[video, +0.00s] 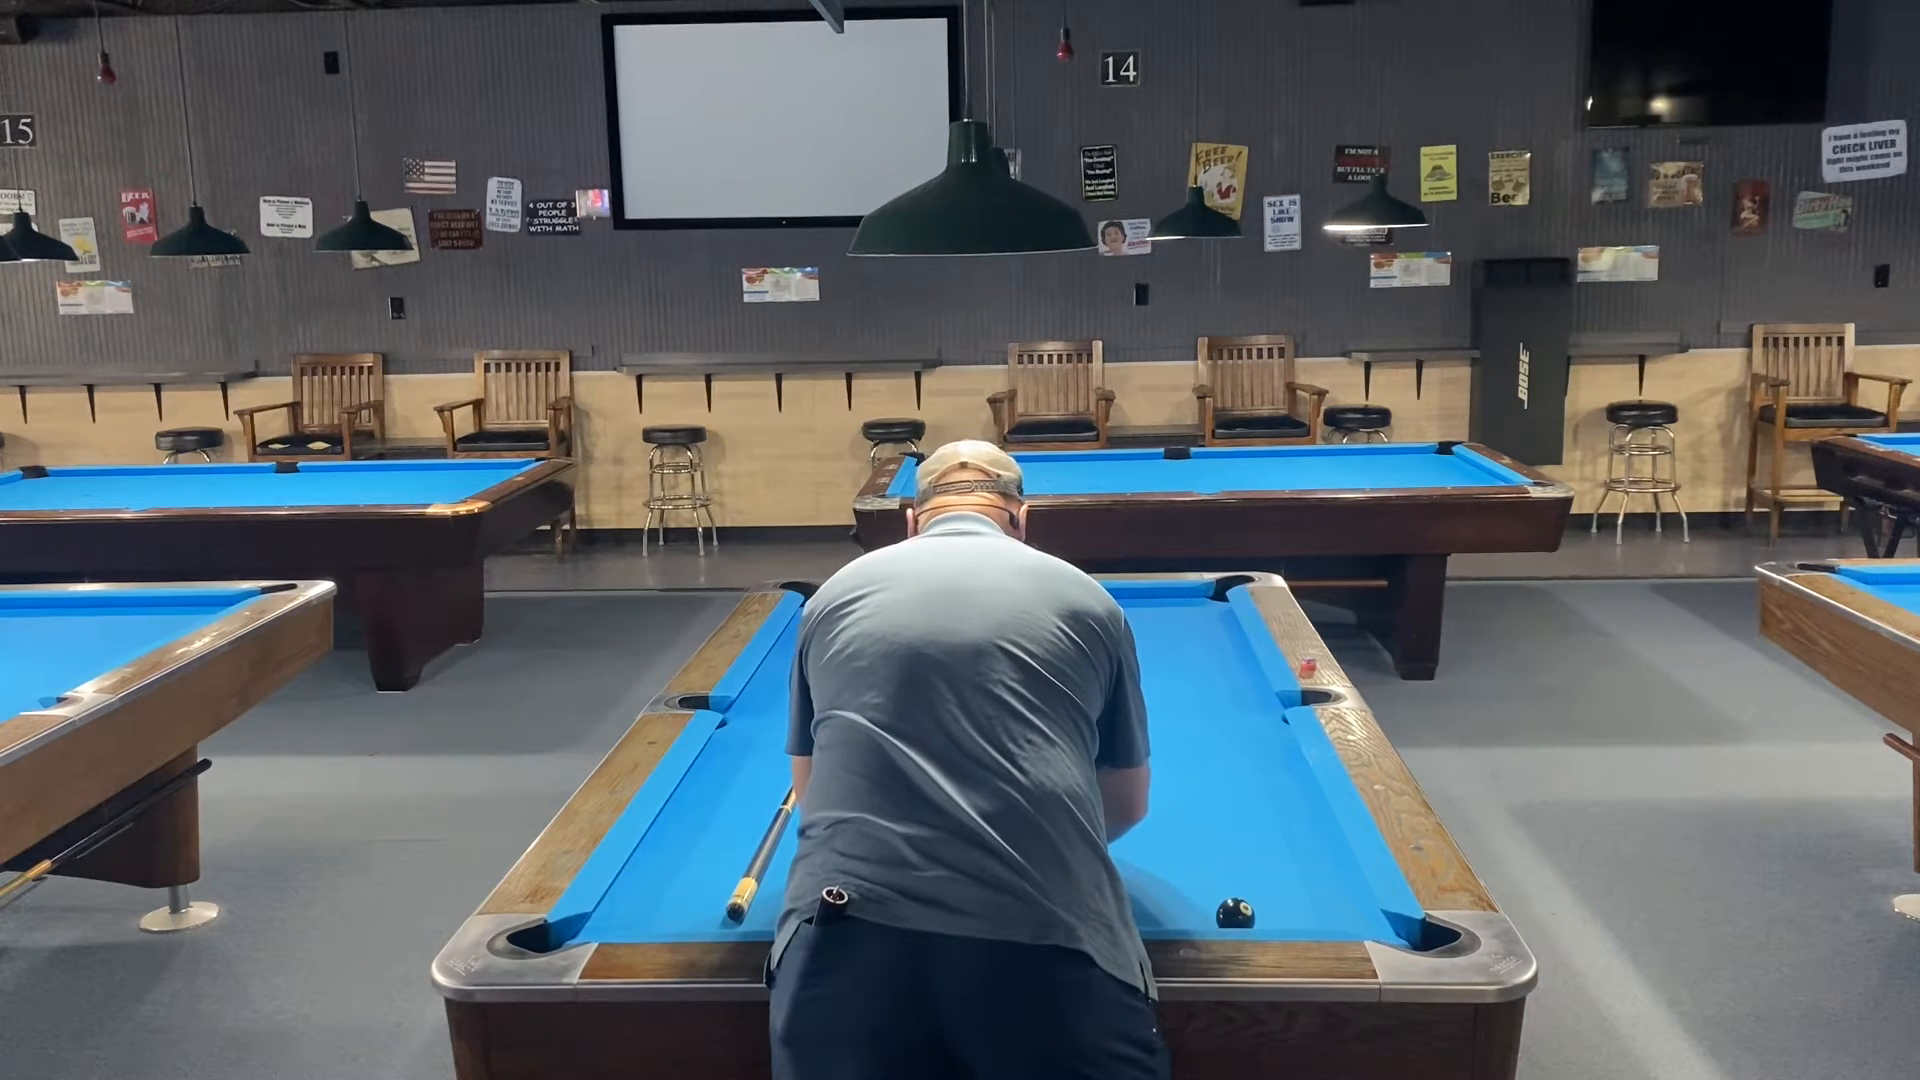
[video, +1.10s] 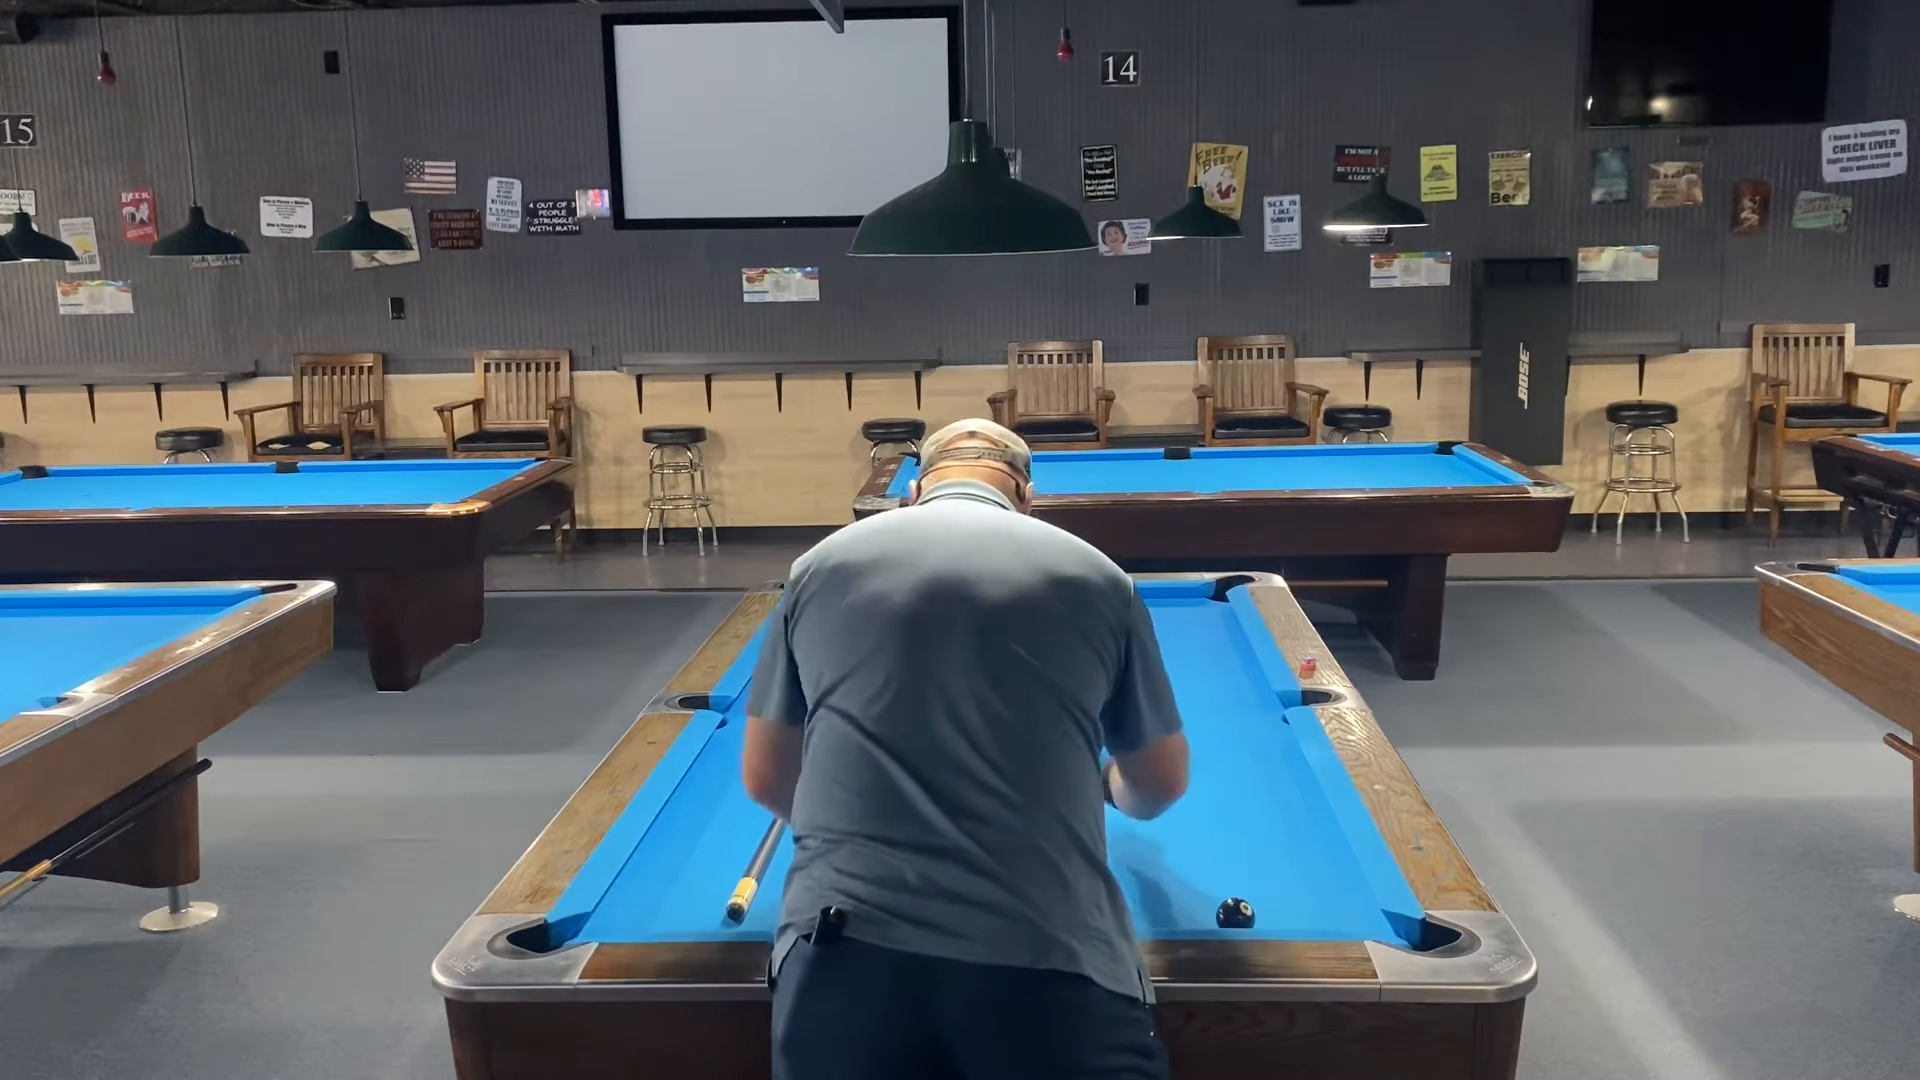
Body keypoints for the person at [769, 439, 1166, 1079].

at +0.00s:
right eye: (1020, 512)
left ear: (913, 519)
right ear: (1018, 517)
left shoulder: (835, 592)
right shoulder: (1089, 598)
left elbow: (809, 789)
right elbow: (1124, 801)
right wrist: (1030, 849)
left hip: (846, 956)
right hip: (1050, 963)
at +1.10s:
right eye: (1033, 490)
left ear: (915, 491)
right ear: (1024, 493)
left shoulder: (825, 562)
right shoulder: (1099, 578)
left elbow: (767, 774)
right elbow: (1158, 784)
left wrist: (857, 819)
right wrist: (1096, 776)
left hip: (846, 968)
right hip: (1052, 977)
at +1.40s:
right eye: (1032, 470)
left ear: (913, 467)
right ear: (1024, 468)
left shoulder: (812, 552)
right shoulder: (1103, 564)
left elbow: (754, 777)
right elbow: (1180, 782)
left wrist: (841, 833)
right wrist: (1144, 828)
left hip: (843, 979)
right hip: (1052, 996)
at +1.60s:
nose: (1049, 490)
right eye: (1046, 470)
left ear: (916, 460)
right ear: (1027, 452)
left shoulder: (810, 551)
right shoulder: (1099, 557)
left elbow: (769, 780)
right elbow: (1183, 804)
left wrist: (854, 829)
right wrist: (1210, 806)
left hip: (841, 997)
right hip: (1051, 1007)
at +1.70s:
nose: (1058, 489)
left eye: (1058, 474)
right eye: (1056, 469)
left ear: (921, 458)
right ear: (1032, 445)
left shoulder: (814, 550)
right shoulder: (1101, 554)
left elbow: (773, 779)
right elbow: (1210, 793)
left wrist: (867, 835)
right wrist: (1256, 825)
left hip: (842, 993)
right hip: (1051, 1009)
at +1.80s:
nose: (1058, 485)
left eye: (1058, 469)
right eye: (1058, 464)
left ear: (926, 456)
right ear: (1038, 447)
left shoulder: (820, 550)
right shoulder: (1107, 554)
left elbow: (778, 776)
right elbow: (1223, 772)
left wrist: (868, 834)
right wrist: (1235, 841)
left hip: (840, 992)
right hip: (1048, 1007)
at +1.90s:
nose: (1056, 483)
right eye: (1058, 464)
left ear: (934, 452)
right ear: (1048, 452)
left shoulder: (828, 549)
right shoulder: (1113, 558)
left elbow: (786, 773)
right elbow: (1218, 776)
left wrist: (878, 833)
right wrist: (1235, 869)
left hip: (844, 989)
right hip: (1052, 1007)